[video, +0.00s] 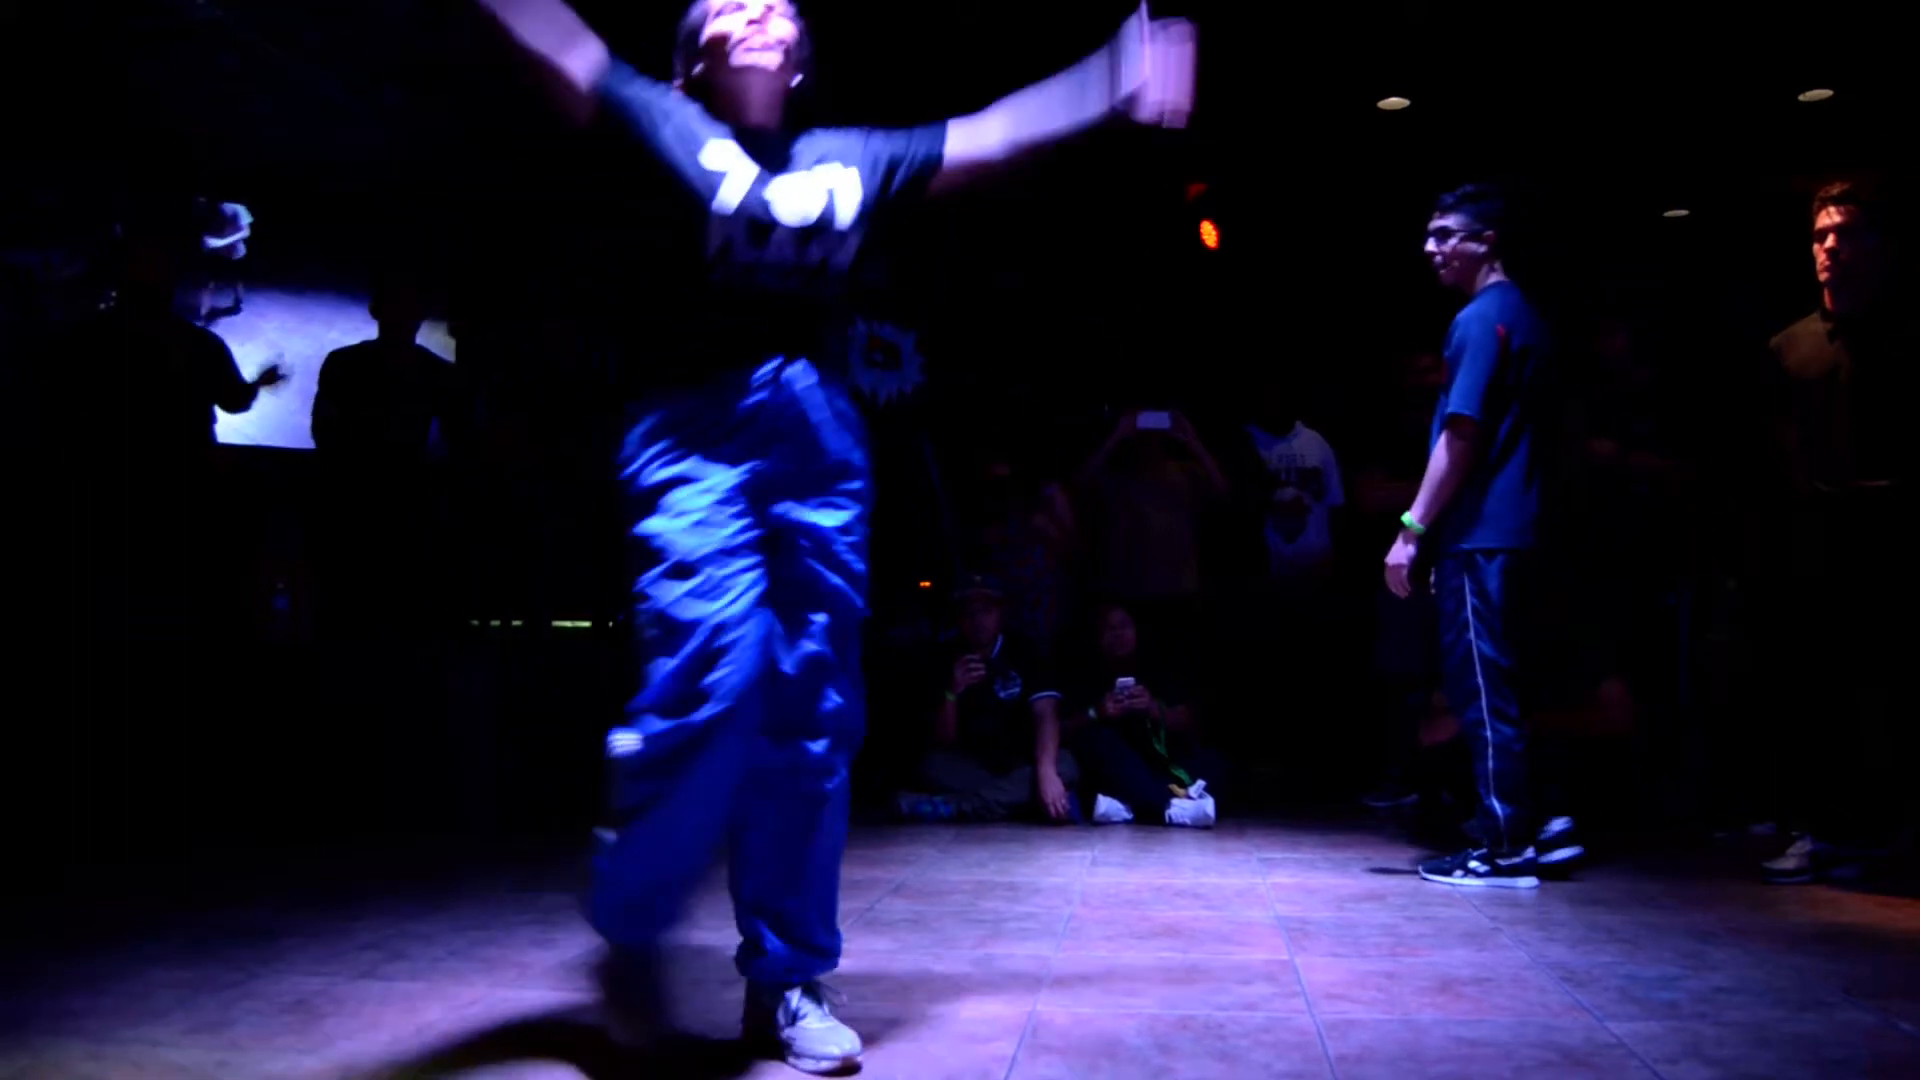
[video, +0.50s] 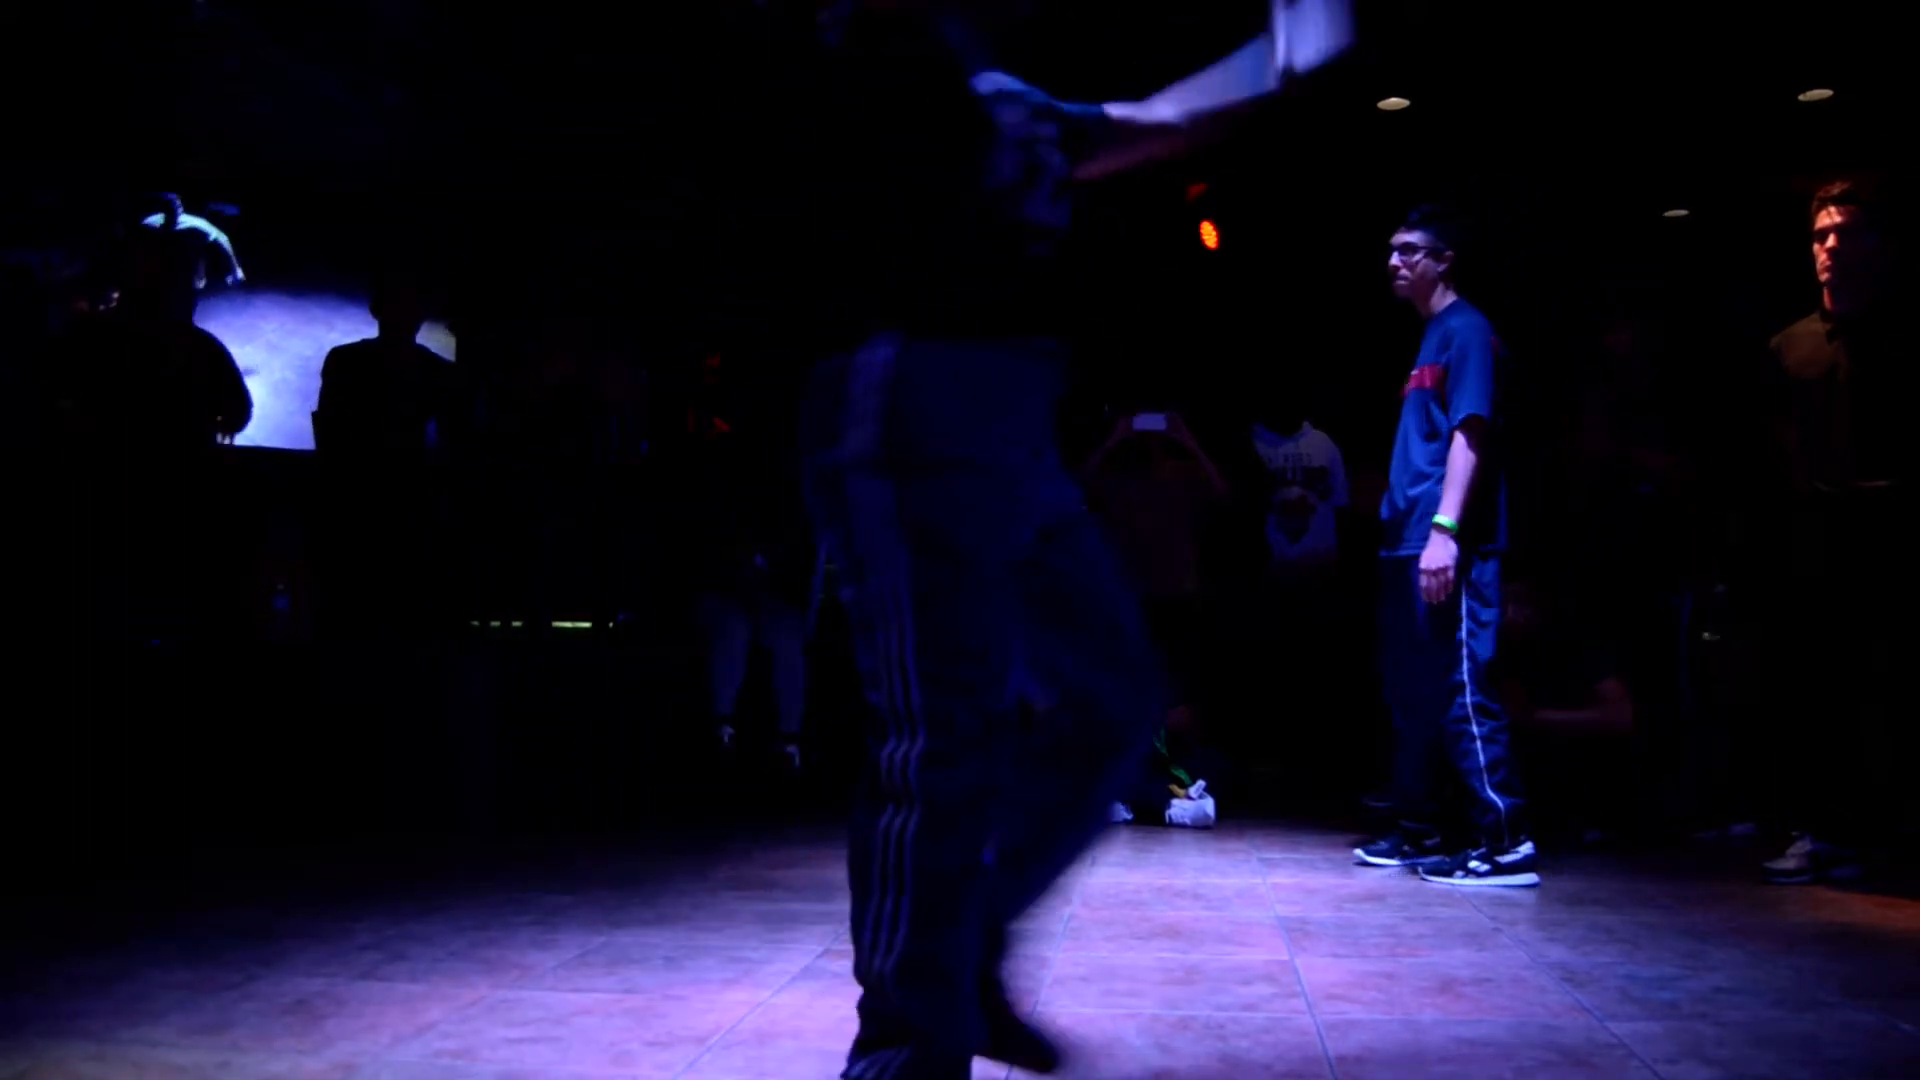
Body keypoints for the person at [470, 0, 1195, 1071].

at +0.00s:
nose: (756, 20)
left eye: (772, 11)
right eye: (734, 13)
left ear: (799, 50)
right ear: (699, 54)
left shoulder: (856, 152)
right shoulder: (657, 116)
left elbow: (992, 130)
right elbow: (541, 30)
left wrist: (1109, 80)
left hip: (821, 447)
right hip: (688, 443)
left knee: (810, 708)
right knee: (716, 672)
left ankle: (790, 978)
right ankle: (627, 935)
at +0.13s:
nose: (808, 15)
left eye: (817, 5)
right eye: (781, 6)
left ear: (836, 35)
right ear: (736, 38)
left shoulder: (880, 124)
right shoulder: (718, 109)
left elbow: (994, 23)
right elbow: (688, 24)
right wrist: (746, 13)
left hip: (870, 412)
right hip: (748, 409)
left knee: (855, 698)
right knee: (796, 674)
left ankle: (793, 980)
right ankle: (771, 994)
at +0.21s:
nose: (855, 18)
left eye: (863, 7)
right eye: (829, 3)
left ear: (869, 35)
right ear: (775, 25)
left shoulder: (899, 125)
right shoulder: (738, 112)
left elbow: (980, 15)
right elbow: (738, 24)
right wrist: (779, 10)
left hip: (903, 419)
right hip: (793, 415)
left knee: (879, 705)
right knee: (834, 696)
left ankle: (788, 983)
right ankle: (864, 1019)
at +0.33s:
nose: (911, 27)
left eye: (916, 16)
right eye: (887, 13)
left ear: (918, 36)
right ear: (828, 28)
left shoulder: (942, 128)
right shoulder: (798, 118)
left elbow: (1057, 35)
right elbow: (764, 23)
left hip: (946, 429)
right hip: (842, 427)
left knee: (967, 721)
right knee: (935, 700)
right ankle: (908, 1020)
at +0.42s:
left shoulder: (971, 113)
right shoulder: (816, 104)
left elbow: (1119, 63)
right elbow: (739, 19)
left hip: (973, 441)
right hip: (863, 446)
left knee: (1052, 721)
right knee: (934, 741)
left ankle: (860, 938)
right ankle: (914, 1049)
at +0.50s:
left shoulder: (993, 104)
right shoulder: (889, 100)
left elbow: (1135, 134)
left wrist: (1279, 58)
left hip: (1009, 460)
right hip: (905, 462)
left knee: (1110, 702)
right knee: (939, 739)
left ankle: (966, 949)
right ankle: (904, 1039)